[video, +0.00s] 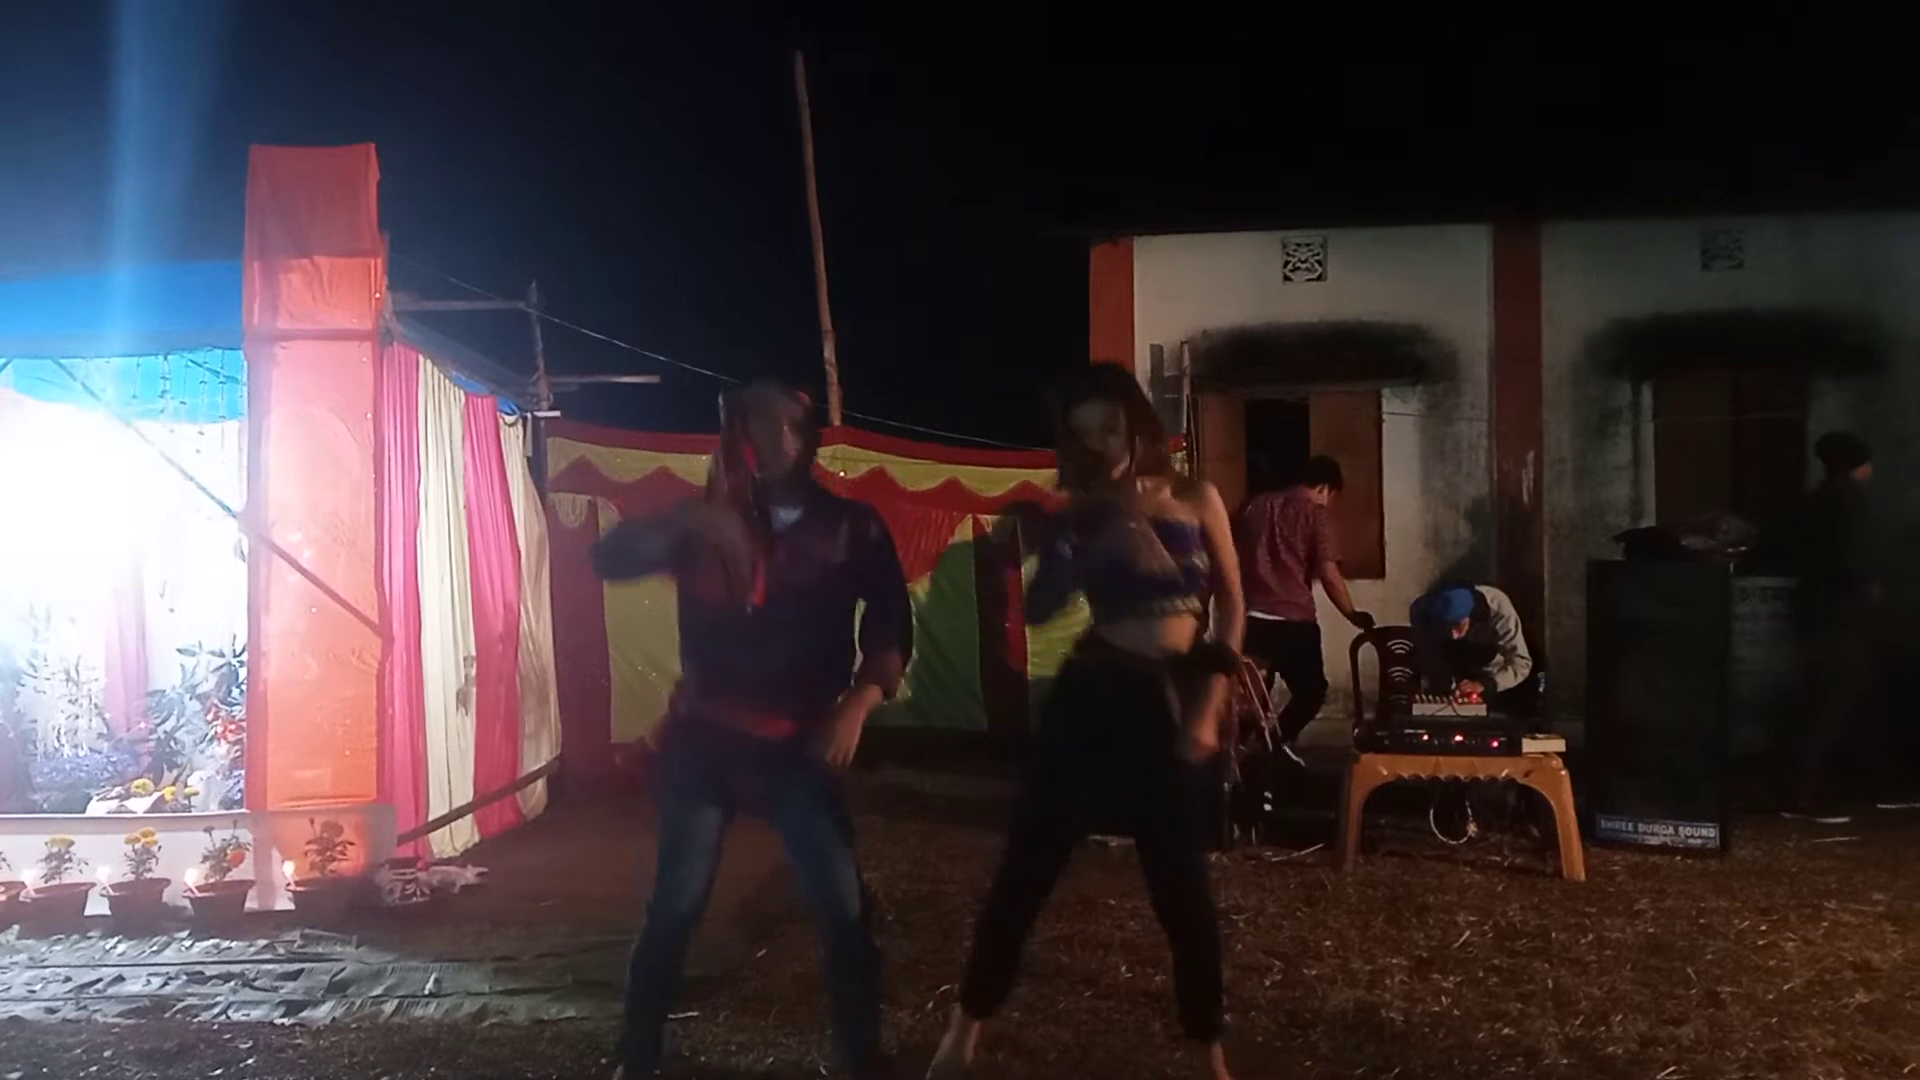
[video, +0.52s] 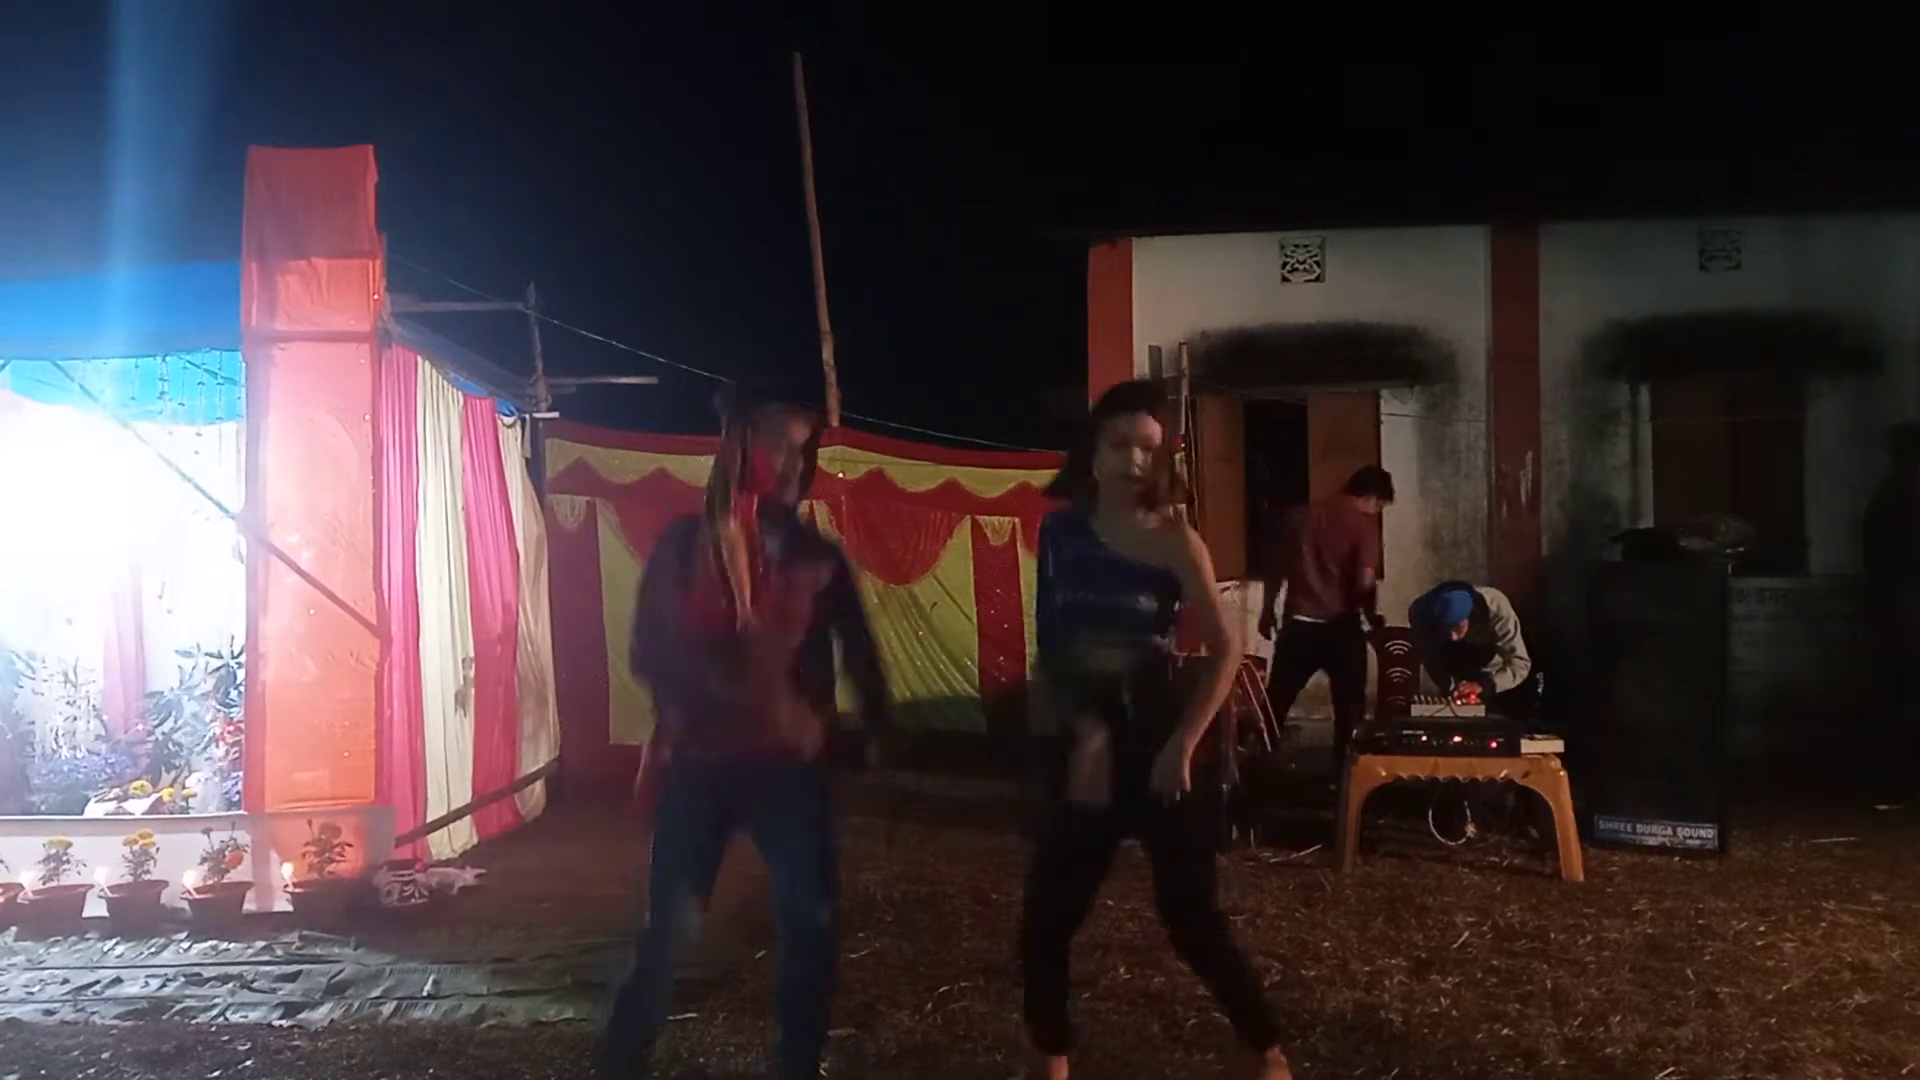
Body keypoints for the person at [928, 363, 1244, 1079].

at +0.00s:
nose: (1099, 448)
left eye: (1110, 431)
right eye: (1084, 436)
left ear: (1140, 426)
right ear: (1068, 440)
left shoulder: (1196, 501)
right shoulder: (1080, 516)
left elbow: (1231, 604)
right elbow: (1035, 610)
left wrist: (1211, 704)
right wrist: (1031, 549)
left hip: (1174, 697)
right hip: (1093, 693)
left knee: (1182, 882)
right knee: (1028, 864)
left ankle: (1211, 1048)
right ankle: (965, 1029)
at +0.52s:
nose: (1137, 461)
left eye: (1150, 449)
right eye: (1123, 445)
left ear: (1164, 460)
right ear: (1093, 452)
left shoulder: (1175, 540)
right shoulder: (1060, 533)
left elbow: (1227, 648)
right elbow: (1050, 647)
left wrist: (1183, 742)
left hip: (1164, 740)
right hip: (1082, 739)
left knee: (1189, 914)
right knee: (1046, 915)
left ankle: (1270, 1055)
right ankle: (1051, 1060)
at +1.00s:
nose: (1196, 474)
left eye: (1195, 461)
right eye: (1183, 461)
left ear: (1156, 469)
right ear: (1142, 465)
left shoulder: (1141, 543)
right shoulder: (1110, 536)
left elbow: (1141, 638)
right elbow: (1179, 617)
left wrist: (1171, 707)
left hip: (1117, 724)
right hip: (1062, 726)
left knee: (1188, 897)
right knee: (1036, 909)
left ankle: (1160, 1052)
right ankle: (936, 1054)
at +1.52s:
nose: (1147, 469)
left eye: (1150, 455)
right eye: (1131, 455)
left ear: (1153, 462)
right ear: (1096, 463)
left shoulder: (1147, 545)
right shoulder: (1059, 543)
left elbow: (1150, 644)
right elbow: (1028, 654)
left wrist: (1176, 710)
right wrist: (1110, 665)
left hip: (1122, 741)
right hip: (1056, 743)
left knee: (1192, 912)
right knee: (1025, 926)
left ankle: (1165, 1052)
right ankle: (943, 1062)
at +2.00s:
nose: (1060, 467)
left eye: (1078, 457)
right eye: (1058, 453)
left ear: (1112, 470)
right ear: (1053, 461)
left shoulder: (1151, 541)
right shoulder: (1057, 558)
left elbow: (1228, 638)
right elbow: (1015, 650)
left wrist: (1179, 729)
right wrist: (998, 681)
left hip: (1181, 731)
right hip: (1107, 737)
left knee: (1221, 913)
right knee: (1062, 915)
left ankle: (1306, 1061)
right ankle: (1058, 1057)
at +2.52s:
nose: (1172, 421)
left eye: (1173, 408)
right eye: (1160, 406)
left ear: (1170, 416)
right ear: (1121, 410)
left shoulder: (1174, 501)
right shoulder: (1075, 499)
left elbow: (1191, 600)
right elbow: (1082, 607)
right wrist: (1168, 565)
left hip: (1152, 689)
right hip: (1074, 691)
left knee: (1189, 871)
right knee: (1049, 871)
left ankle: (1221, 1043)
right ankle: (1027, 1045)